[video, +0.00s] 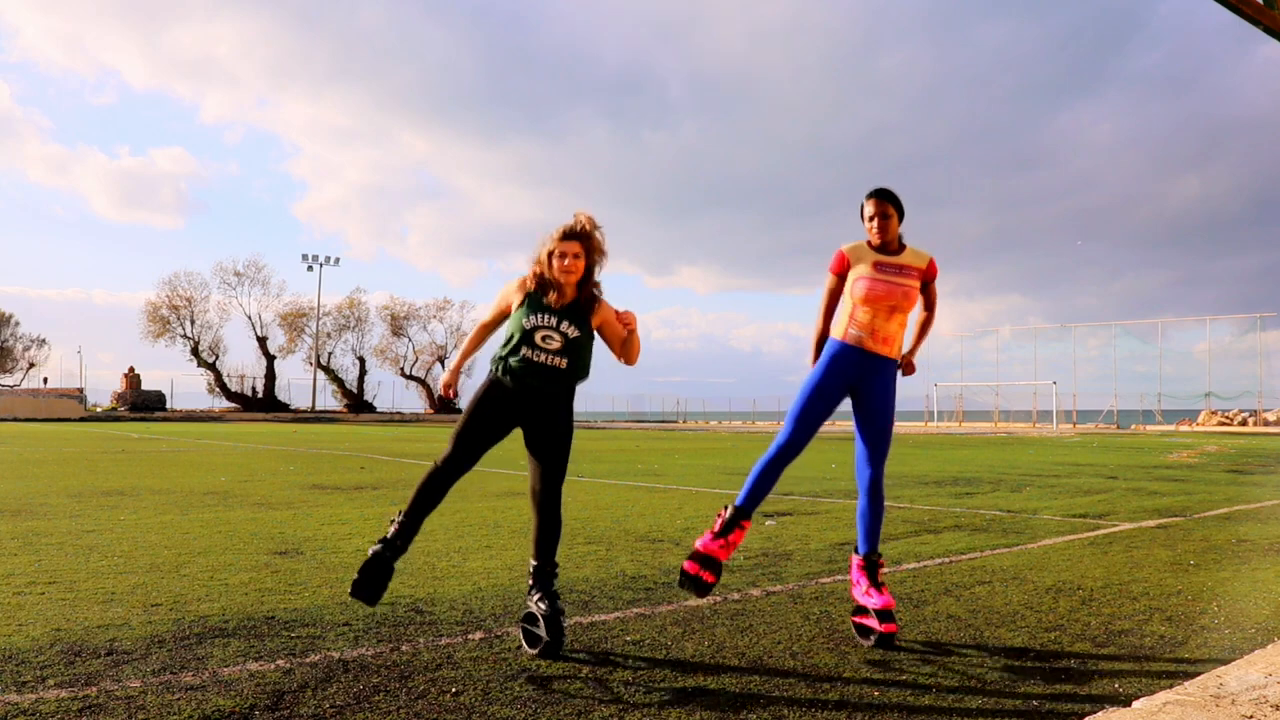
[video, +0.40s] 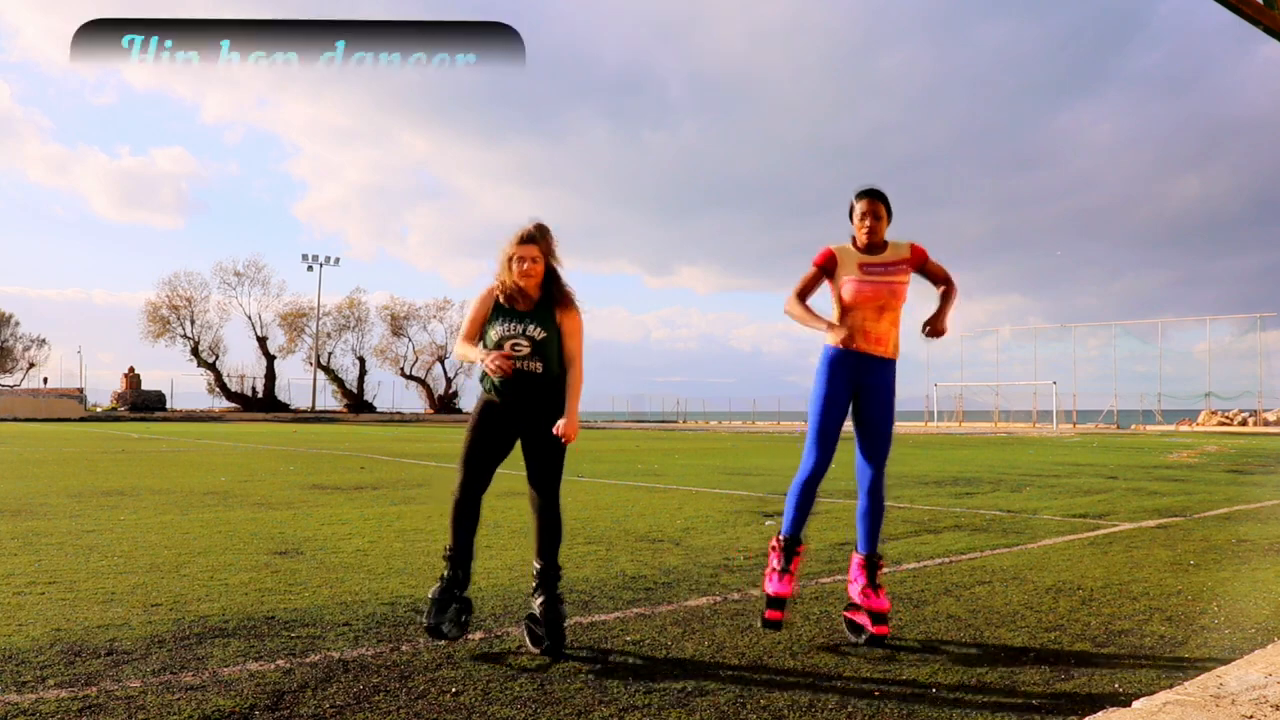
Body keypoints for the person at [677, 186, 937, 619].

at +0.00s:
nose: (877, 224)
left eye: (885, 216)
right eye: (871, 218)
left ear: (900, 220)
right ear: (864, 223)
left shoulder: (922, 265)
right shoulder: (850, 256)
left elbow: (929, 309)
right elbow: (828, 307)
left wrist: (911, 351)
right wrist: (816, 356)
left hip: (882, 371)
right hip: (838, 359)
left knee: (872, 477)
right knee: (788, 443)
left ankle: (867, 570)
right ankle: (731, 525)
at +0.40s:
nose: (867, 223)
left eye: (874, 216)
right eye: (861, 216)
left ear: (888, 221)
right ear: (851, 222)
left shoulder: (910, 255)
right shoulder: (835, 257)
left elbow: (948, 284)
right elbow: (793, 303)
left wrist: (940, 315)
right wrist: (827, 327)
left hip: (880, 370)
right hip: (838, 365)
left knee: (873, 476)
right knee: (815, 462)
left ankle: (865, 570)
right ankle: (785, 553)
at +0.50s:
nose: (857, 210)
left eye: (865, 204)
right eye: (851, 203)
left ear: (876, 210)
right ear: (839, 206)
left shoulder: (895, 245)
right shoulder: (820, 247)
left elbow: (923, 293)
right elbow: (796, 305)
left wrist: (927, 350)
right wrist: (829, 297)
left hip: (880, 354)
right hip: (835, 355)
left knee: (897, 458)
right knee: (833, 459)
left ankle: (906, 554)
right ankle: (829, 560)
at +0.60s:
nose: (852, 222)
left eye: (860, 216)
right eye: (846, 214)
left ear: (870, 220)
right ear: (833, 216)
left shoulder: (888, 260)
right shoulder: (814, 260)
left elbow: (904, 319)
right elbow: (798, 322)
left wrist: (921, 369)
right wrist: (823, 292)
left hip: (880, 365)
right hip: (835, 368)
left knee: (913, 463)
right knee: (841, 471)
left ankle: (946, 552)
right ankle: (848, 574)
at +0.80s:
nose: (839, 250)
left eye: (846, 244)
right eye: (833, 242)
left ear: (855, 249)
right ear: (819, 245)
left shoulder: (872, 284)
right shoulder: (800, 291)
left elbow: (886, 339)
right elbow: (793, 353)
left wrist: (895, 387)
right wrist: (816, 294)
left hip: (882, 388)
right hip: (838, 398)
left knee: (946, 467)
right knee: (849, 496)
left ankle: (1010, 538)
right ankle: (864, 588)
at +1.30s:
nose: (855, 234)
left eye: (862, 227)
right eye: (848, 227)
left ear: (872, 231)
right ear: (836, 231)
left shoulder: (893, 271)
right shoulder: (820, 269)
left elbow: (918, 327)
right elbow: (778, 319)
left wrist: (913, 341)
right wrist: (818, 312)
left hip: (893, 375)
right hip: (847, 380)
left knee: (931, 472)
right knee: (850, 485)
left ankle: (958, 557)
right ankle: (848, 584)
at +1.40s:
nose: (867, 218)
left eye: (873, 210)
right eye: (859, 211)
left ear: (887, 211)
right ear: (850, 215)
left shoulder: (910, 252)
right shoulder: (835, 251)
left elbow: (926, 314)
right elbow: (795, 301)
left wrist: (903, 302)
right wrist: (817, 337)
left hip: (898, 361)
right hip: (853, 362)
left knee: (919, 465)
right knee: (844, 465)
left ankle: (926, 560)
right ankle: (833, 567)